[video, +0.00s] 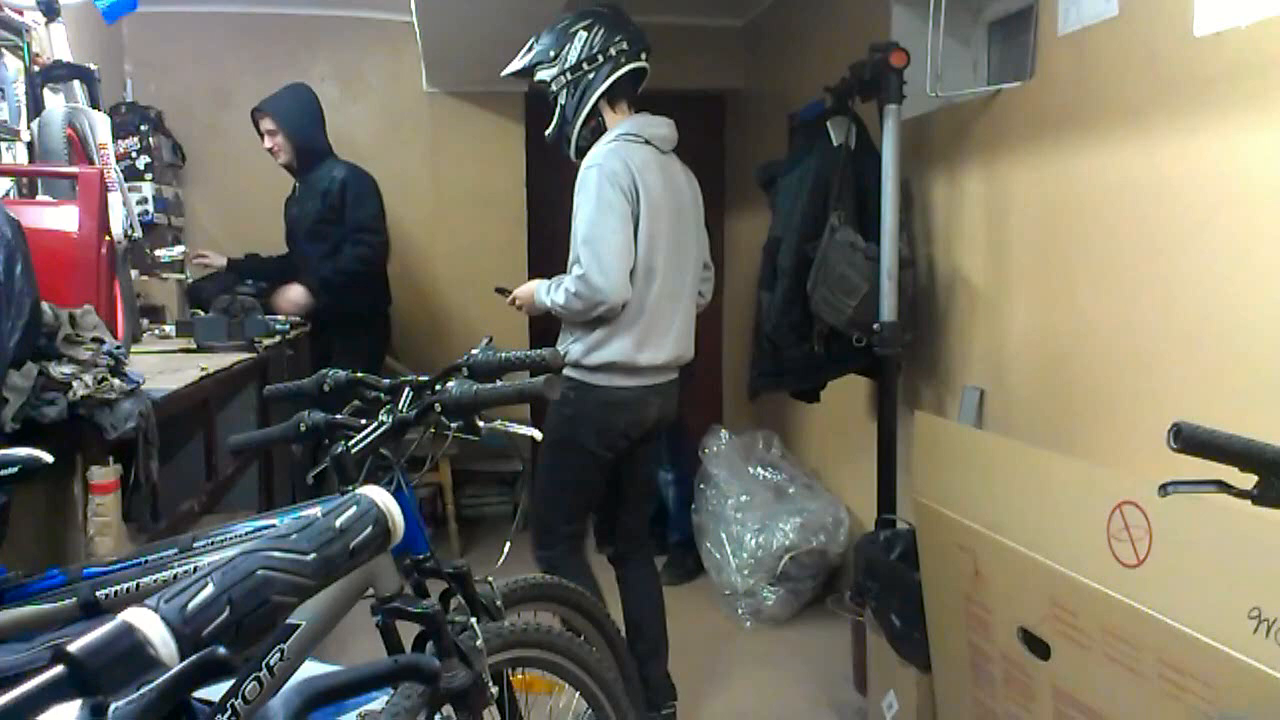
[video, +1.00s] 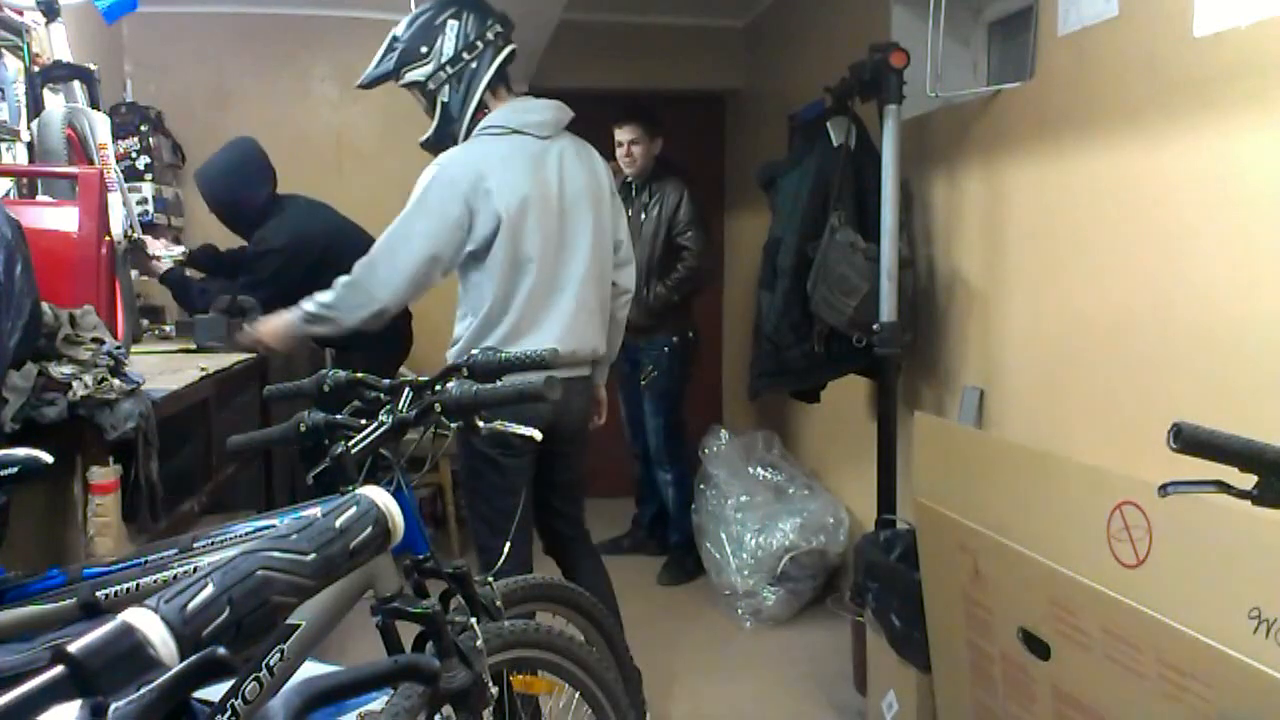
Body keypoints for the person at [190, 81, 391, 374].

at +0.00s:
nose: (267, 145)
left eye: (273, 134)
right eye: (263, 137)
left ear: (300, 128)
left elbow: (368, 255)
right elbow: (298, 264)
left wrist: (310, 289)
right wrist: (231, 265)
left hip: (358, 329)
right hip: (318, 329)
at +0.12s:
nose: (262, 146)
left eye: (268, 134)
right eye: (258, 136)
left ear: (294, 129)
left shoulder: (343, 184)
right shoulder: (299, 194)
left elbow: (347, 256)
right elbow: (303, 263)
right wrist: (236, 271)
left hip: (352, 334)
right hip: (319, 332)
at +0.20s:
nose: (257, 147)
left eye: (262, 135)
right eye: (254, 137)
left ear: (288, 129)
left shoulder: (334, 185)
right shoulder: (302, 188)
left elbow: (325, 263)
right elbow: (308, 268)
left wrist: (246, 270)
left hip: (351, 336)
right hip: (324, 333)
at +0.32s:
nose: (244, 151)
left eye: (247, 138)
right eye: (242, 140)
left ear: (272, 134)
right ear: (272, 136)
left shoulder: (316, 186)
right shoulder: (301, 187)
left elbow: (292, 268)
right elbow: (298, 269)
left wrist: (213, 258)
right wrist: (238, 279)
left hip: (354, 335)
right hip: (337, 332)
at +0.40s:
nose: (235, 156)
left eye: (237, 144)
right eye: (232, 145)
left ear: (261, 140)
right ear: (266, 139)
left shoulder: (308, 192)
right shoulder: (300, 188)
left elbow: (270, 272)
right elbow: (275, 268)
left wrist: (194, 253)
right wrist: (221, 275)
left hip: (357, 340)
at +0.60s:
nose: (222, 178)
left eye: (221, 166)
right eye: (218, 168)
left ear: (239, 162)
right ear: (260, 151)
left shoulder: (286, 206)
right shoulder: (305, 188)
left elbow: (248, 282)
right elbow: (263, 258)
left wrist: (173, 264)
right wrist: (207, 255)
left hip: (361, 337)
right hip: (372, 329)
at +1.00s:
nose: (215, 213)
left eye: (215, 204)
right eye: (212, 205)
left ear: (234, 200)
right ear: (261, 182)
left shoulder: (279, 241)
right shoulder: (293, 212)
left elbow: (230, 305)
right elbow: (245, 264)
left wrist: (164, 272)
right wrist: (185, 256)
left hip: (372, 341)